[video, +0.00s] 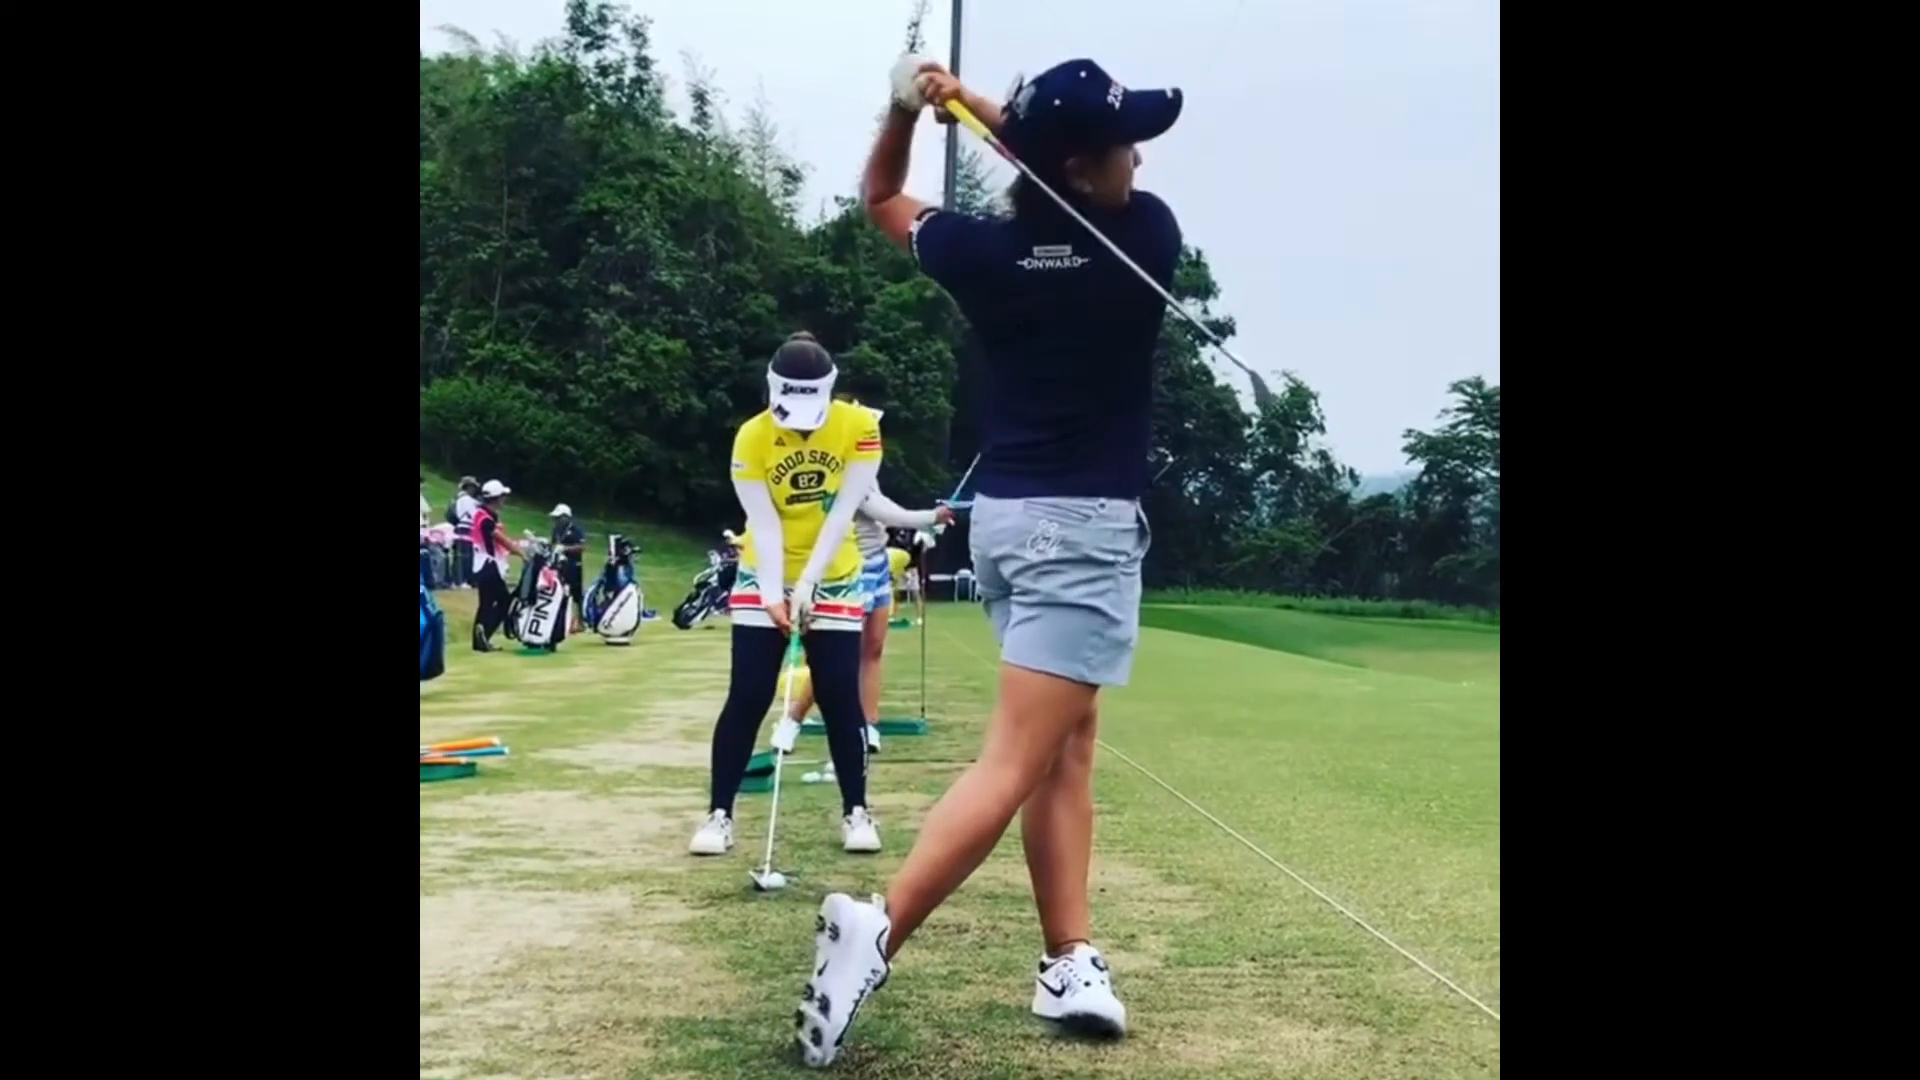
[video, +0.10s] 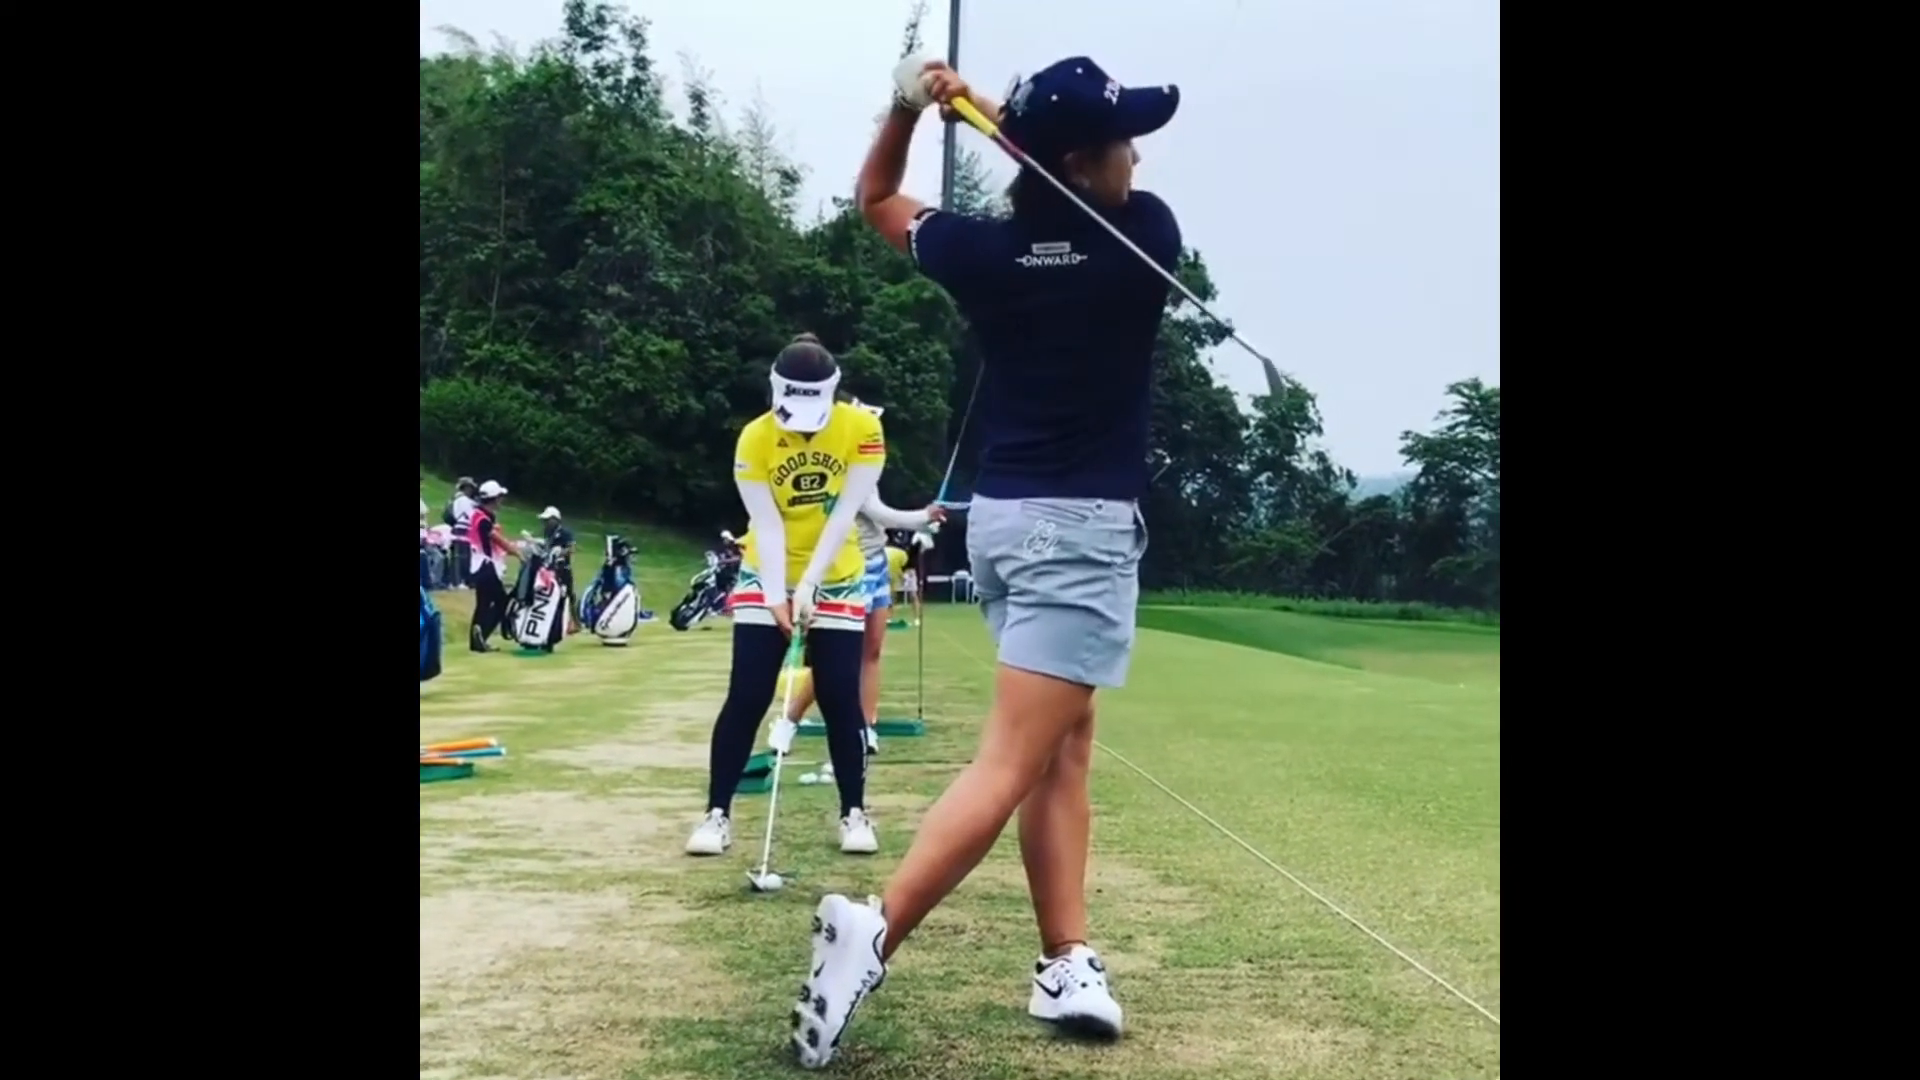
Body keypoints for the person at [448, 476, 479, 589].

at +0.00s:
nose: (474, 490)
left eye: (474, 488)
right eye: (473, 488)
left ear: (463, 488)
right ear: (470, 488)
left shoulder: (457, 500)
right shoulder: (474, 502)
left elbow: (450, 515)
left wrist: (457, 523)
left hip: (458, 530)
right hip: (468, 531)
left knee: (458, 556)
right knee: (467, 556)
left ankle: (457, 579)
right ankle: (467, 580)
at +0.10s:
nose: (472, 491)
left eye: (471, 489)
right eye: (470, 489)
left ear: (460, 489)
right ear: (467, 489)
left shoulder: (455, 501)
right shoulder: (471, 503)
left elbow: (447, 516)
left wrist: (455, 524)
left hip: (456, 531)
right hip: (466, 532)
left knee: (455, 557)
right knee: (465, 557)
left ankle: (455, 581)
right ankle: (465, 580)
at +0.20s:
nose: (469, 493)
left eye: (469, 490)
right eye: (468, 490)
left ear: (458, 490)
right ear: (465, 490)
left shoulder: (453, 502)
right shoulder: (468, 504)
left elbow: (445, 516)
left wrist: (452, 525)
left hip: (453, 533)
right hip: (463, 534)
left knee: (453, 559)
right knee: (462, 558)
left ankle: (452, 581)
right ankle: (462, 581)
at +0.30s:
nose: (468, 494)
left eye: (468, 492)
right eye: (467, 492)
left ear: (457, 491)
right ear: (464, 492)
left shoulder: (452, 503)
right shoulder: (467, 505)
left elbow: (445, 518)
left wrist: (452, 526)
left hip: (452, 534)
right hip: (462, 535)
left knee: (452, 560)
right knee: (461, 559)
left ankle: (451, 583)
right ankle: (460, 583)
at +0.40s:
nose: (467, 495)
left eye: (467, 493)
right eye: (466, 493)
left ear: (456, 493)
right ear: (462, 493)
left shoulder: (451, 505)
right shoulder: (465, 506)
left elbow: (443, 519)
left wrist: (451, 528)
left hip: (452, 535)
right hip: (461, 536)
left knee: (451, 561)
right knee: (460, 560)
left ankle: (450, 584)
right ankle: (458, 584)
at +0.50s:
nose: (467, 496)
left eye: (467, 494)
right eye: (466, 494)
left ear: (455, 493)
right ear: (463, 494)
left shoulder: (450, 506)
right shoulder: (464, 507)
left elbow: (443, 521)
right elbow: (468, 521)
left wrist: (450, 529)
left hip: (451, 537)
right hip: (460, 538)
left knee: (451, 562)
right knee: (460, 562)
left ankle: (450, 586)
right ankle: (459, 586)